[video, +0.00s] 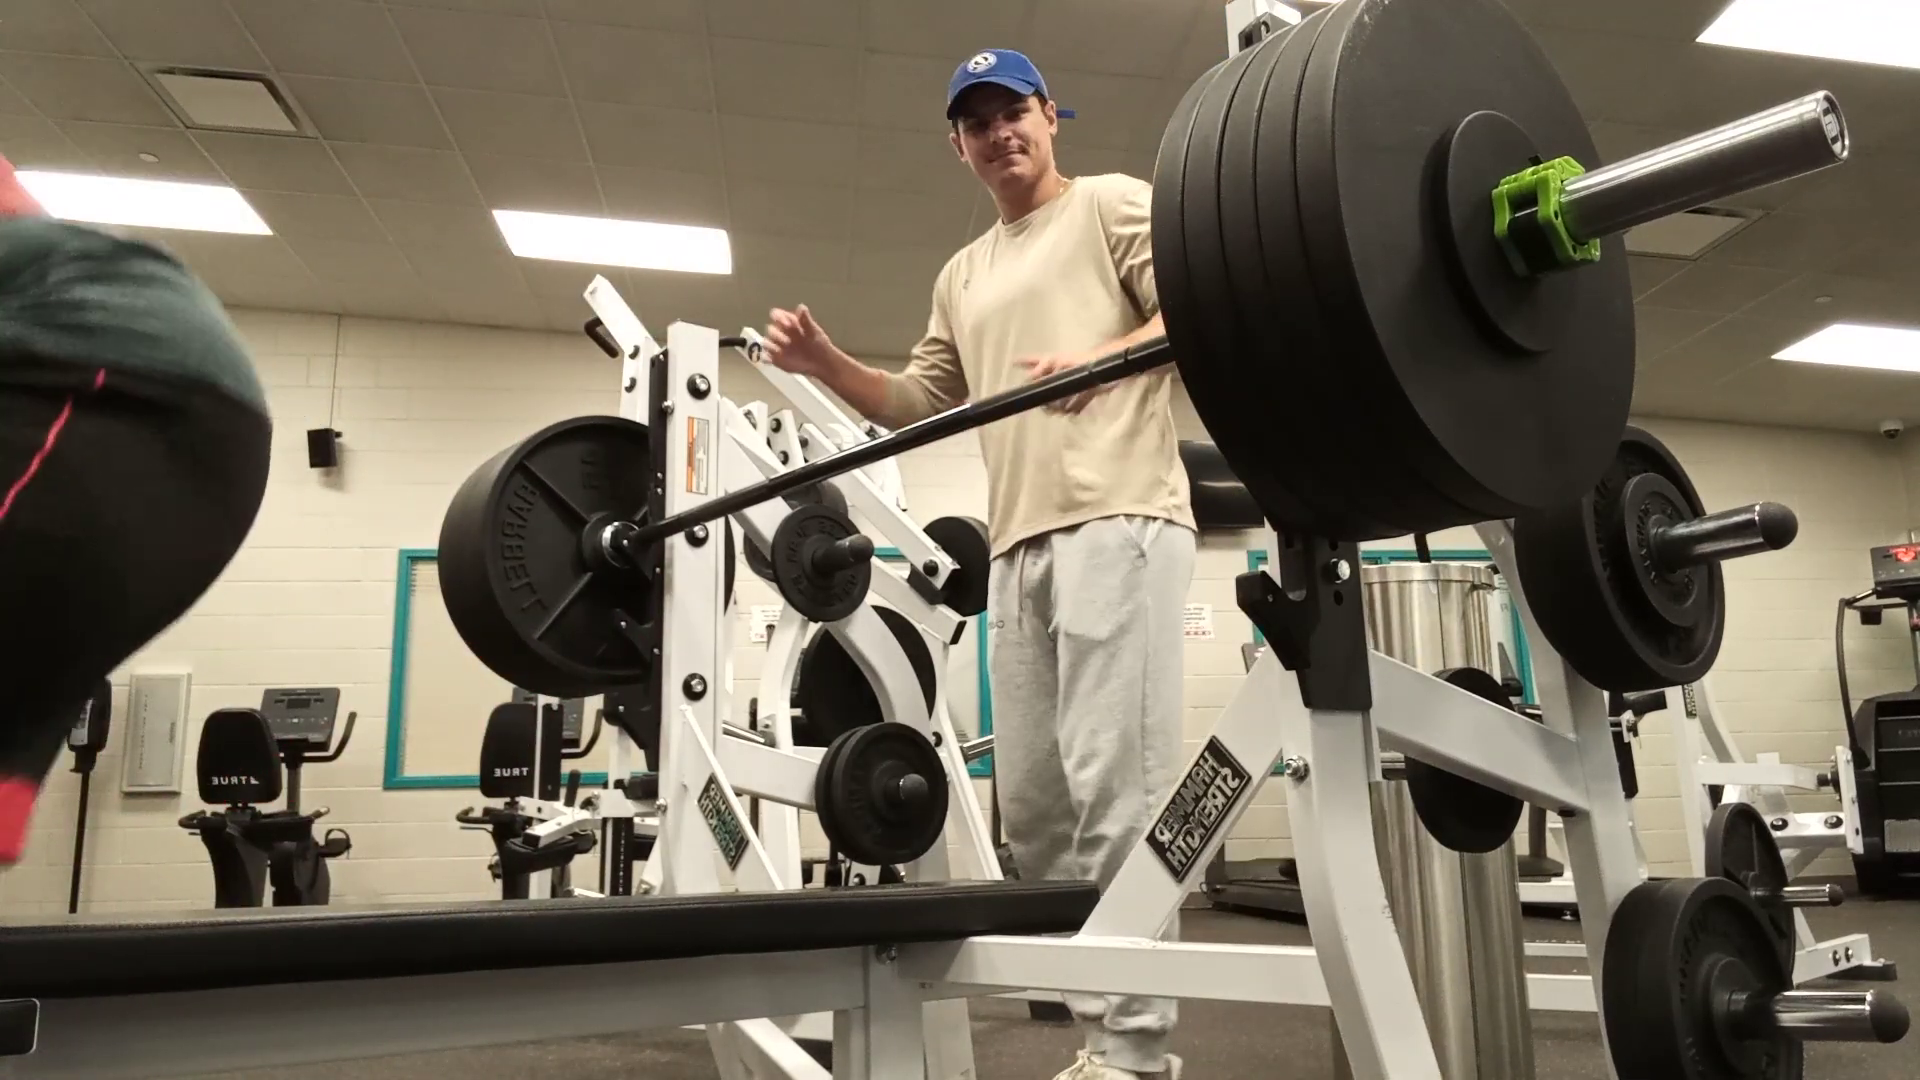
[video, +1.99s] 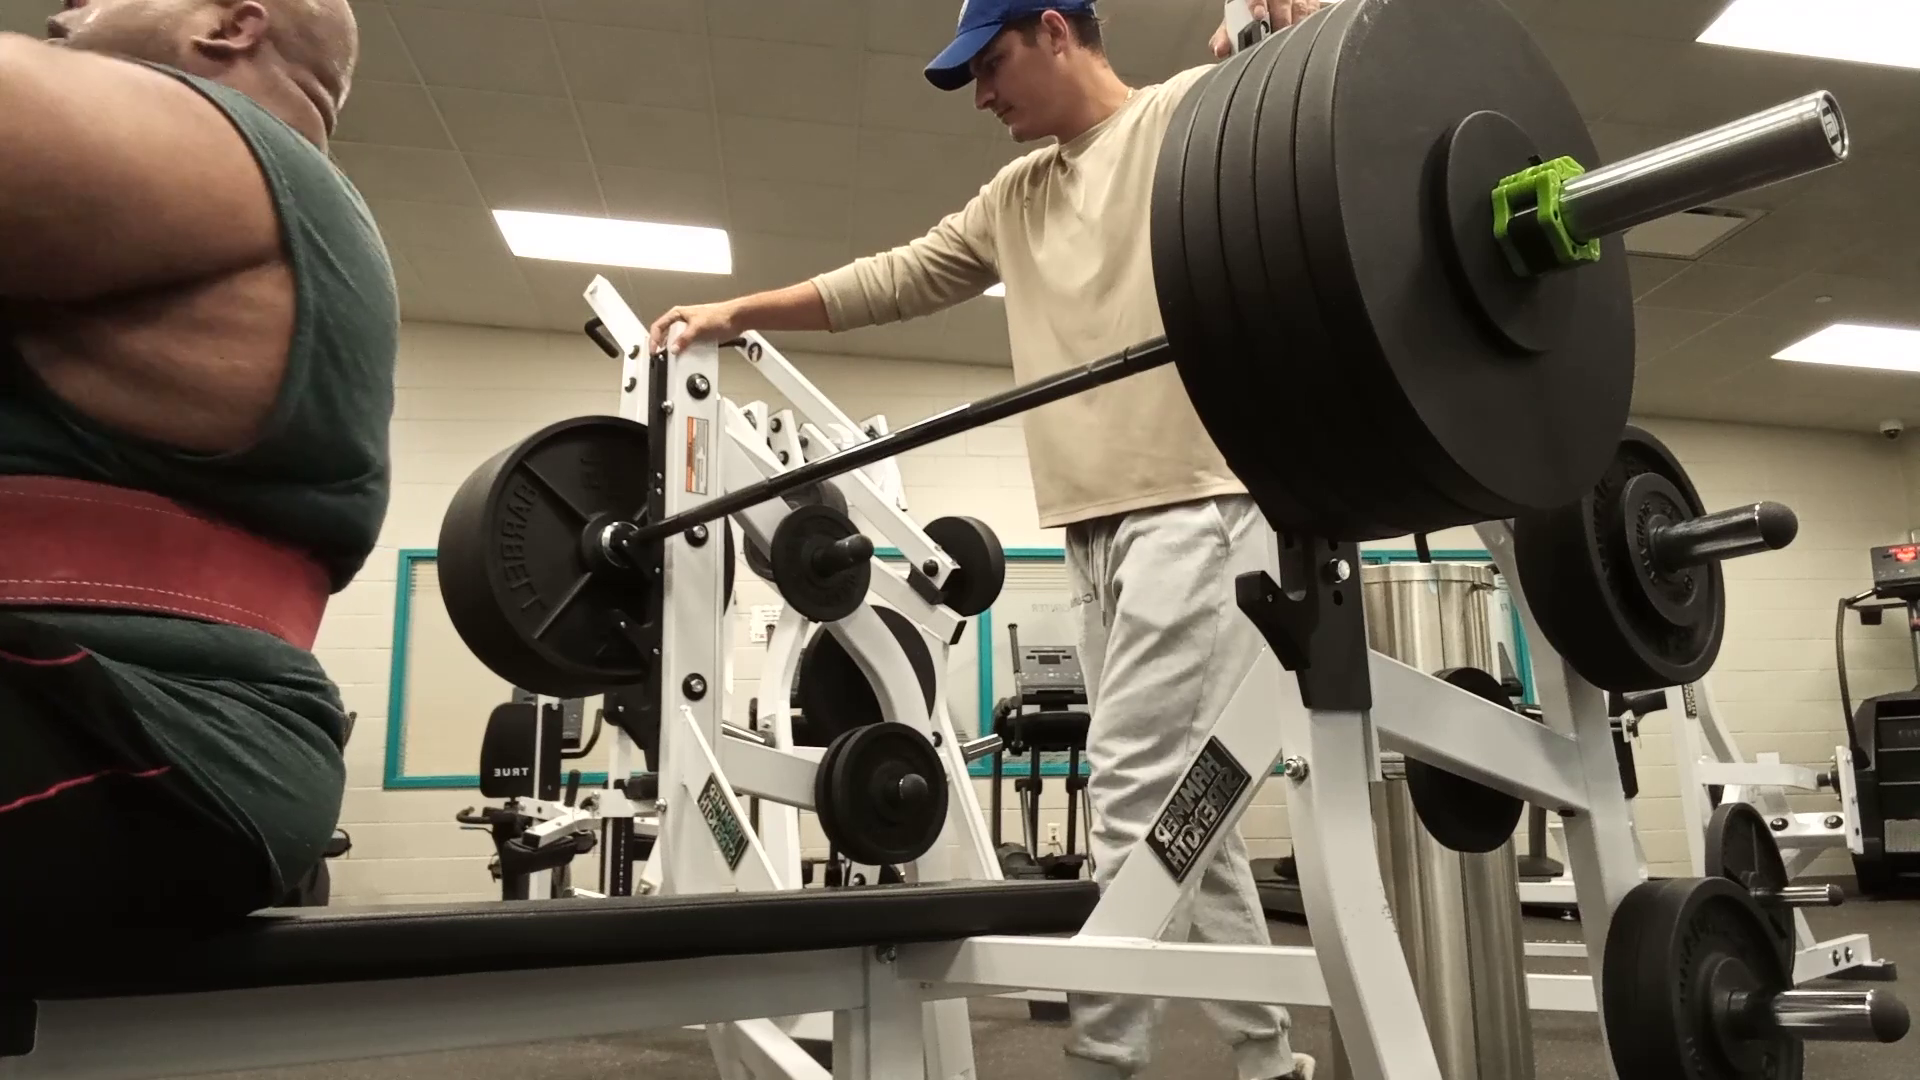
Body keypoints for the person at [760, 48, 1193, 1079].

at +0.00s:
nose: (996, 131)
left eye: (1010, 111)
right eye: (975, 122)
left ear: (1052, 119)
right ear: (960, 147)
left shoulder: (1114, 204)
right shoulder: (961, 276)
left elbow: (1187, 315)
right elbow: (917, 405)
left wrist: (1098, 363)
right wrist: (826, 363)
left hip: (1121, 525)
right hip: (1020, 547)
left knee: (1116, 779)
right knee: (1034, 800)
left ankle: (1136, 1044)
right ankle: (1092, 1020)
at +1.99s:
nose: (982, 94)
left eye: (990, 66)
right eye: (974, 78)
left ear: (1058, 31)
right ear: (1038, 50)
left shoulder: (1191, 104)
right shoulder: (1012, 195)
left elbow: (1325, 115)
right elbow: (899, 276)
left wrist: (1294, 38)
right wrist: (737, 309)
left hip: (1202, 508)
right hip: (1097, 530)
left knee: (1131, 795)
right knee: (1181, 807)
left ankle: (1106, 1059)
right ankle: (1263, 1057)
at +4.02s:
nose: (998, 84)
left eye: (1012, 55)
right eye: (985, 68)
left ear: (1078, 24)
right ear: (983, 74)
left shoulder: (1187, 100)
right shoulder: (1005, 192)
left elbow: (1318, 111)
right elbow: (891, 279)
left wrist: (1293, 35)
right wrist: (734, 315)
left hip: (1199, 509)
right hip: (1089, 532)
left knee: (1126, 793)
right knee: (1173, 804)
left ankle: (1101, 1065)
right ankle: (1266, 1060)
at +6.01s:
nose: (972, 114)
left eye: (982, 88)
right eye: (965, 94)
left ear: (1051, 48)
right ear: (1025, 64)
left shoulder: (1185, 102)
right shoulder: (1006, 194)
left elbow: (1317, 113)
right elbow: (897, 279)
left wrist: (1293, 37)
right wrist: (735, 314)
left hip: (1200, 511)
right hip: (1090, 533)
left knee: (1128, 792)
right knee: (1173, 802)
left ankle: (1102, 1064)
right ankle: (1266, 1059)